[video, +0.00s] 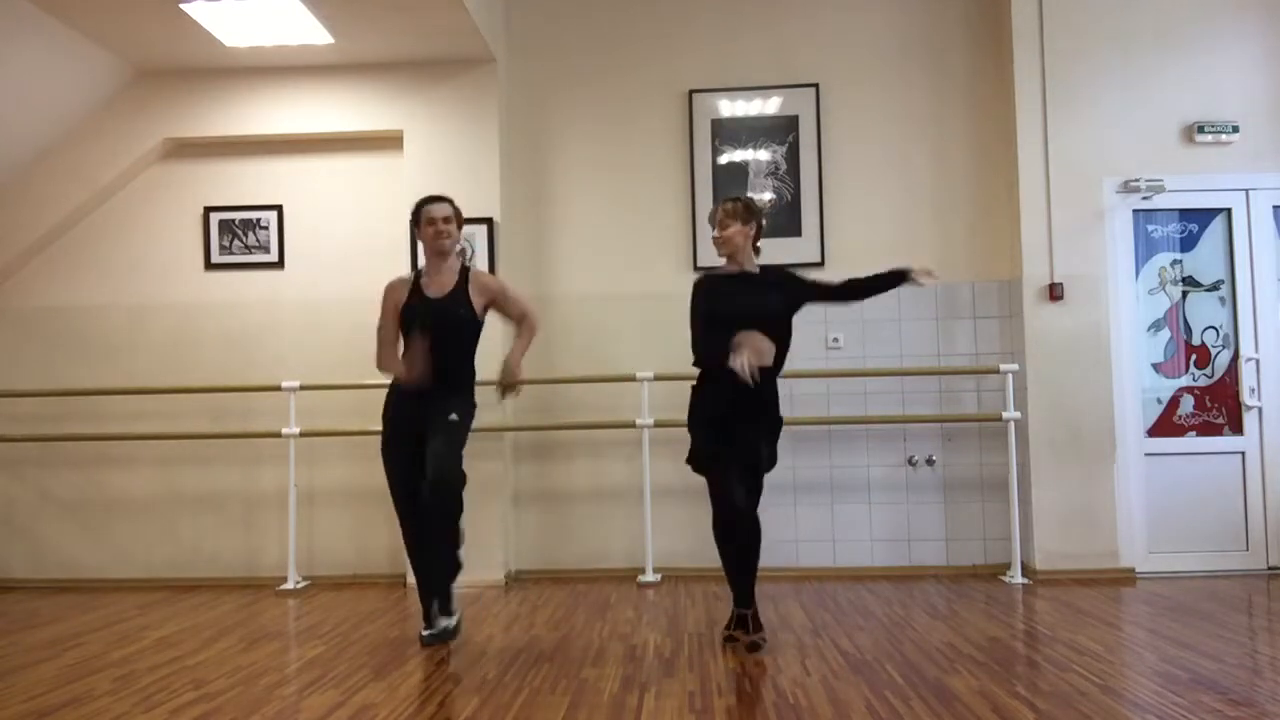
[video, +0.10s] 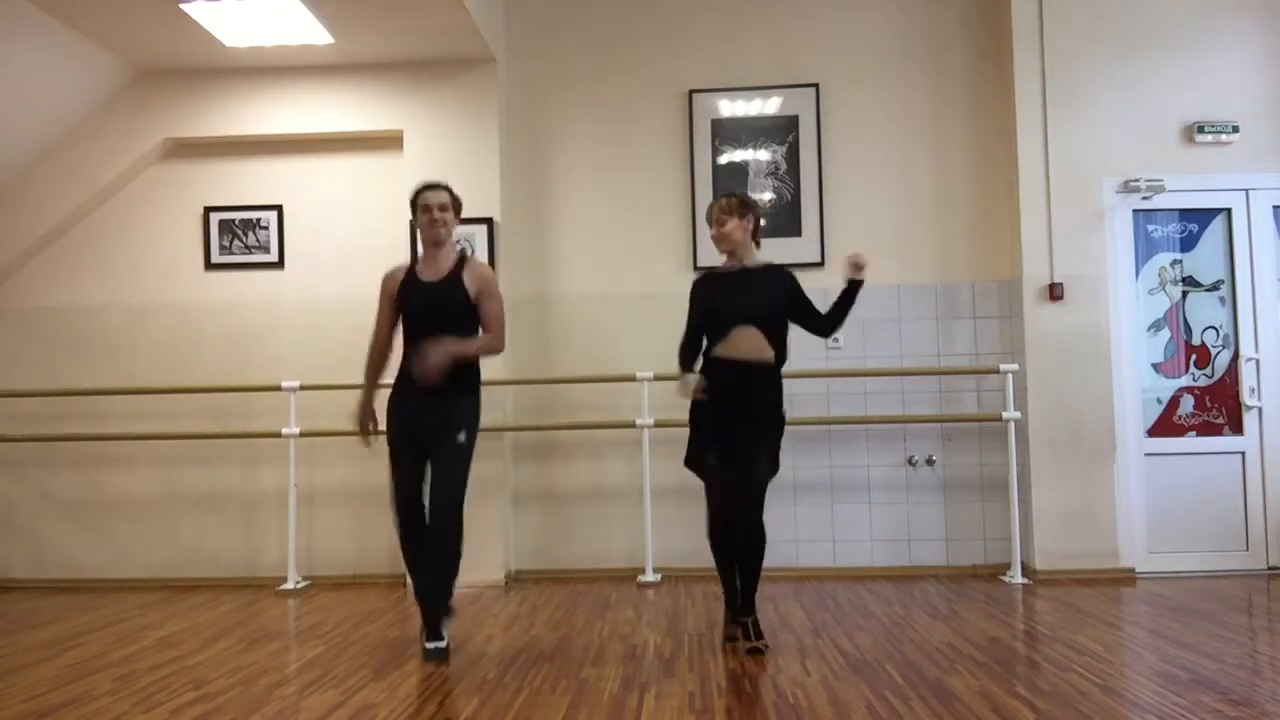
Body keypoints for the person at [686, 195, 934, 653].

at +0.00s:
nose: (718, 232)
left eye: (727, 225)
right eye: (716, 226)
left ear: (752, 230)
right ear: (716, 233)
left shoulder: (782, 283)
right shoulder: (707, 286)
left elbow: (844, 291)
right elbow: (701, 349)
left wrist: (902, 275)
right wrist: (734, 345)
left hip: (758, 410)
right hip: (712, 408)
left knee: (743, 508)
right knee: (727, 507)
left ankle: (744, 609)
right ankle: (744, 609)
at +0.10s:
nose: (718, 229)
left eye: (726, 221)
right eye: (714, 223)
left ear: (750, 224)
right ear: (711, 231)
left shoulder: (779, 278)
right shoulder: (707, 284)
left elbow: (824, 327)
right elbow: (691, 343)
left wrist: (853, 284)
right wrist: (687, 369)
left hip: (762, 396)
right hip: (717, 396)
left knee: (748, 507)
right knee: (721, 506)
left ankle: (748, 612)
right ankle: (732, 606)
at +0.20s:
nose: (714, 217)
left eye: (722, 209)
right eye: (711, 211)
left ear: (749, 213)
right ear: (713, 219)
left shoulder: (777, 264)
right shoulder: (705, 268)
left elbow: (804, 323)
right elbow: (683, 323)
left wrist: (817, 290)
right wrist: (666, 373)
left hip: (766, 380)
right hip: (718, 380)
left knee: (756, 496)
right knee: (716, 461)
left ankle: (751, 609)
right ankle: (726, 539)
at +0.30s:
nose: (717, 222)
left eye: (725, 214)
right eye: (713, 215)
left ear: (750, 216)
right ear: (711, 222)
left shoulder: (773, 270)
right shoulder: (705, 273)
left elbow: (787, 328)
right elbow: (682, 328)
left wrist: (774, 305)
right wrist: (662, 383)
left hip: (766, 379)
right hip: (721, 377)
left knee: (756, 499)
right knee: (727, 433)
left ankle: (752, 614)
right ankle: (728, 524)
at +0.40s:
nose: (720, 234)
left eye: (728, 226)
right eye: (716, 227)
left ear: (753, 230)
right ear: (714, 234)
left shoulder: (772, 286)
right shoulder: (712, 286)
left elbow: (763, 339)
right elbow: (698, 337)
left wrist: (731, 298)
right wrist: (676, 383)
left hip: (762, 389)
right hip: (718, 387)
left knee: (757, 496)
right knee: (739, 452)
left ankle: (747, 610)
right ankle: (744, 558)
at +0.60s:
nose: (730, 217)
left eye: (739, 208)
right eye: (726, 210)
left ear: (761, 214)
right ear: (722, 218)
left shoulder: (780, 268)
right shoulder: (716, 270)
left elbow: (769, 326)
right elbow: (701, 321)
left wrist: (734, 269)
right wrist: (680, 360)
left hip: (765, 385)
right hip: (718, 377)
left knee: (753, 506)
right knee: (727, 422)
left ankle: (743, 611)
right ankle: (717, 525)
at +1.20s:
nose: (756, 230)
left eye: (763, 224)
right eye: (748, 223)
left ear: (774, 234)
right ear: (736, 234)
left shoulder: (794, 289)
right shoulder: (722, 290)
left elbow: (808, 348)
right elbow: (700, 354)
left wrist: (792, 349)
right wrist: (726, 342)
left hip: (791, 405)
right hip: (742, 409)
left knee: (802, 492)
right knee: (760, 503)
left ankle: (791, 567)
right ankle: (771, 595)